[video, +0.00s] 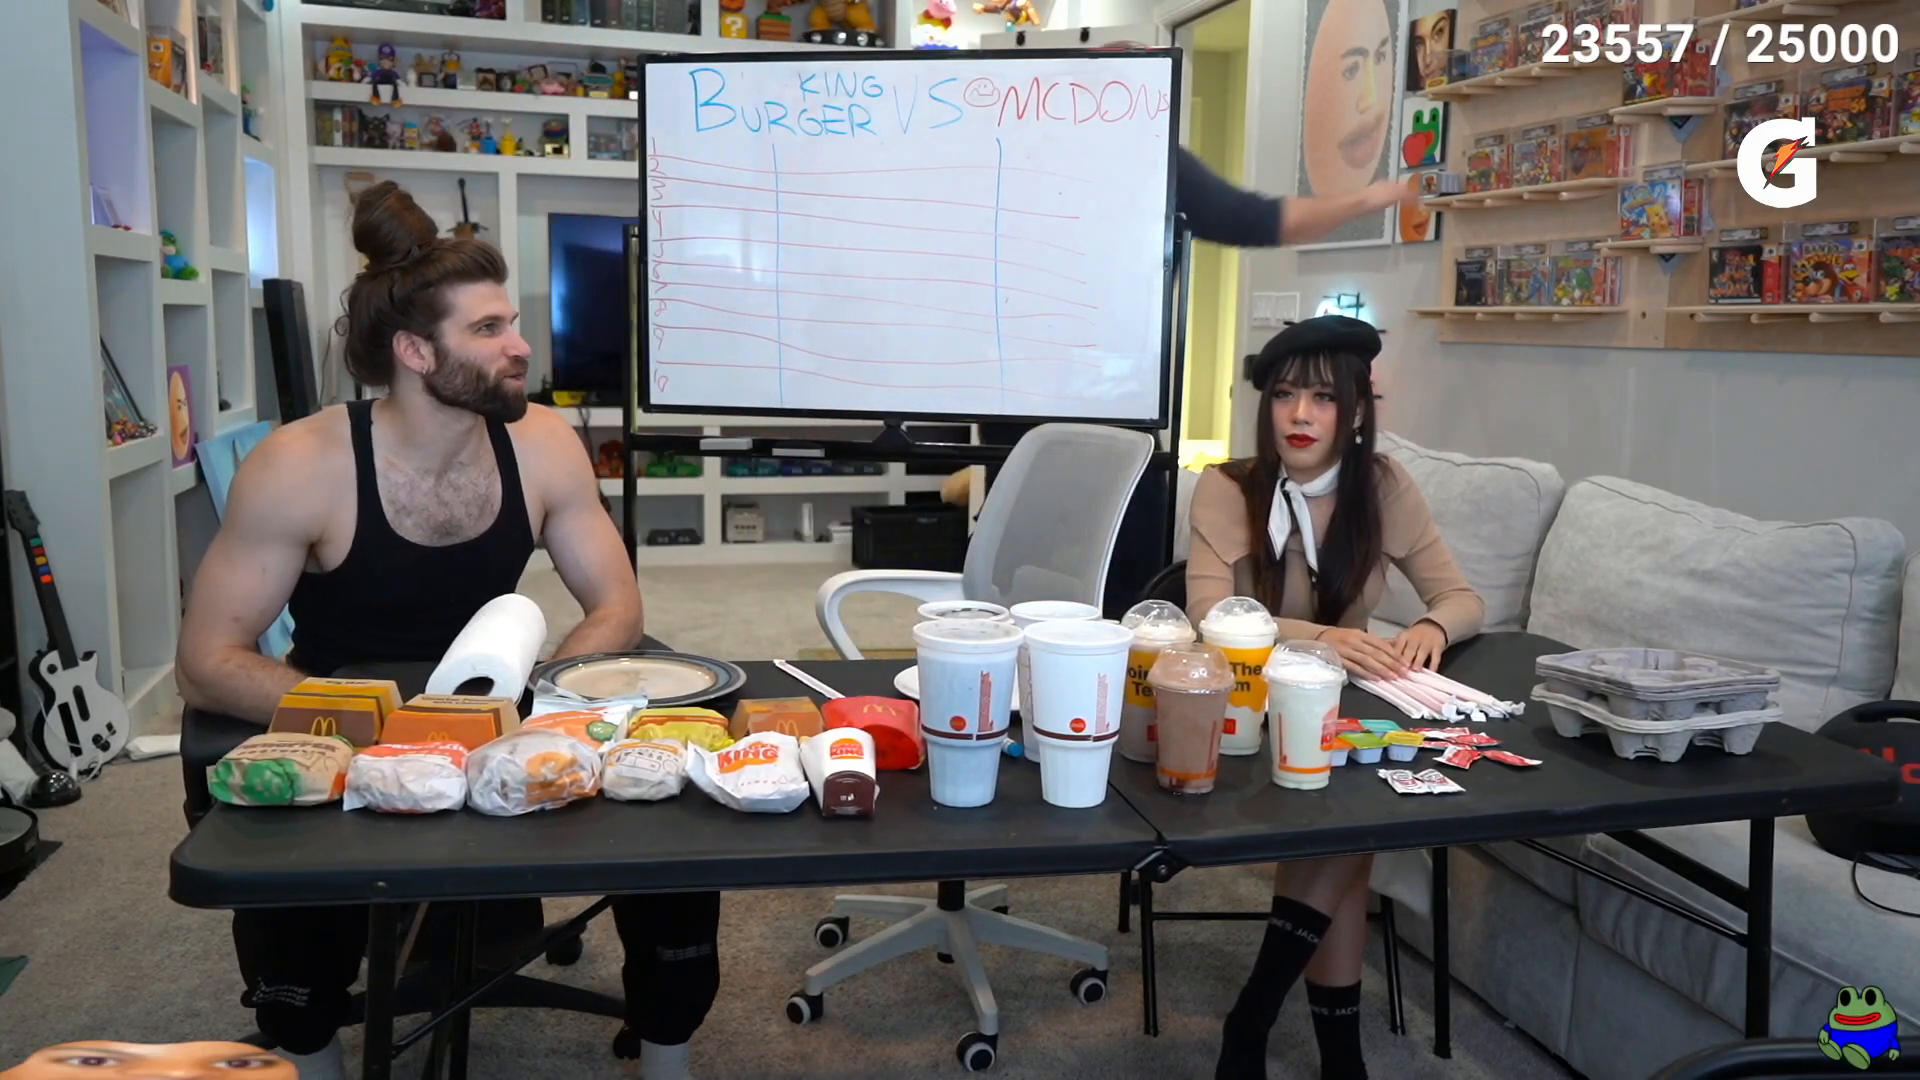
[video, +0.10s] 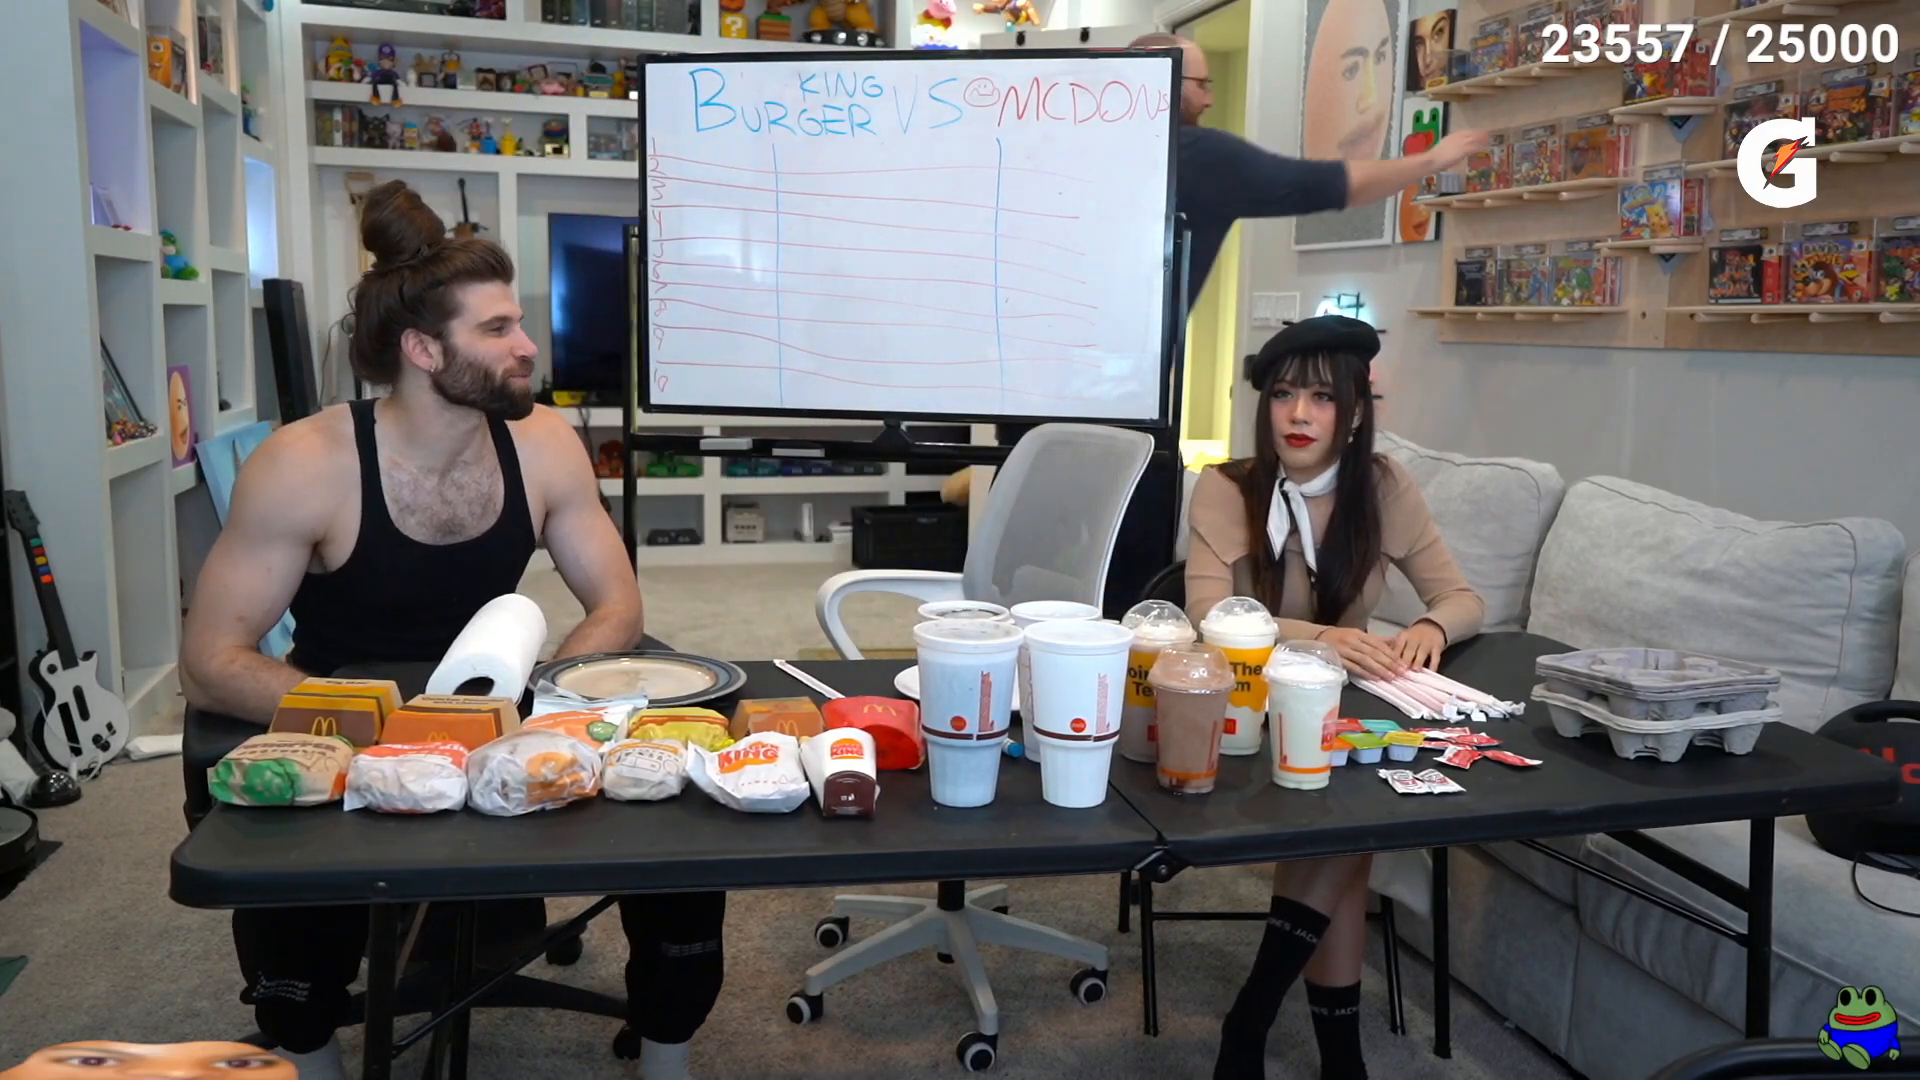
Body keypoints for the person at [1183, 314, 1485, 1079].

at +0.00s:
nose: (1299, 415)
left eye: (1322, 397)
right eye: (1286, 394)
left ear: (1358, 412)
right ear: (1265, 403)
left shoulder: (1382, 485)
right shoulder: (1226, 490)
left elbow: (1463, 598)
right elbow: (1213, 620)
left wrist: (1433, 624)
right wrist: (1317, 635)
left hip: (1340, 707)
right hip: (1243, 712)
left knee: (1345, 818)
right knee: (1351, 832)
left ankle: (1248, 1024)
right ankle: (1342, 1063)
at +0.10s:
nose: (1299, 414)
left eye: (1322, 397)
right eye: (1285, 394)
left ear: (1357, 411)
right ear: (1263, 403)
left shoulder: (1382, 485)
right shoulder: (1225, 491)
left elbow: (1463, 598)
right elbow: (1211, 621)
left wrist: (1432, 624)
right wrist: (1317, 635)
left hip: (1341, 707)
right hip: (1243, 711)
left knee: (1343, 820)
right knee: (1351, 835)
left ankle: (1247, 1025)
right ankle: (1343, 1063)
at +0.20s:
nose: (1298, 414)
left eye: (1321, 396)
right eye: (1284, 393)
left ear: (1355, 411)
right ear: (1262, 402)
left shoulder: (1382, 486)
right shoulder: (1224, 490)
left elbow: (1464, 598)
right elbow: (1211, 620)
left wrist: (1433, 624)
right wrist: (1317, 634)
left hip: (1342, 705)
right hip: (1244, 709)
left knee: (1343, 820)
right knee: (1350, 835)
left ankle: (1247, 1023)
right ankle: (1343, 1063)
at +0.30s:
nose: (1297, 414)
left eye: (1320, 397)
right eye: (1283, 394)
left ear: (1354, 412)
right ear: (1261, 402)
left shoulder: (1381, 484)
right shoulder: (1225, 488)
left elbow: (1463, 598)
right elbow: (1210, 618)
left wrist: (1432, 624)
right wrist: (1314, 634)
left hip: (1343, 703)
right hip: (1245, 707)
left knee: (1344, 819)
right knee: (1351, 836)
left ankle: (1247, 1024)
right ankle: (1343, 1063)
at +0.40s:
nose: (1297, 413)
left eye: (1319, 396)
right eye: (1283, 394)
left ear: (1354, 411)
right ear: (1261, 402)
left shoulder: (1380, 484)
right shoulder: (1226, 488)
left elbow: (1463, 598)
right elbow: (1210, 618)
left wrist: (1433, 624)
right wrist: (1314, 633)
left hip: (1343, 702)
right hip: (1245, 707)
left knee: (1343, 819)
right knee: (1351, 834)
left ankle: (1247, 1026)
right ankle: (1343, 1063)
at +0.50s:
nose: (1296, 414)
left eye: (1319, 396)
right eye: (1282, 394)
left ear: (1354, 411)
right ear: (1262, 403)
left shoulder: (1381, 484)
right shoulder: (1225, 487)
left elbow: (1464, 598)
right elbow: (1210, 617)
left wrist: (1432, 624)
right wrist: (1314, 634)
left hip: (1343, 702)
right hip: (1245, 706)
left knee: (1345, 819)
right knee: (1351, 834)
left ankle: (1247, 1025)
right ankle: (1343, 1063)